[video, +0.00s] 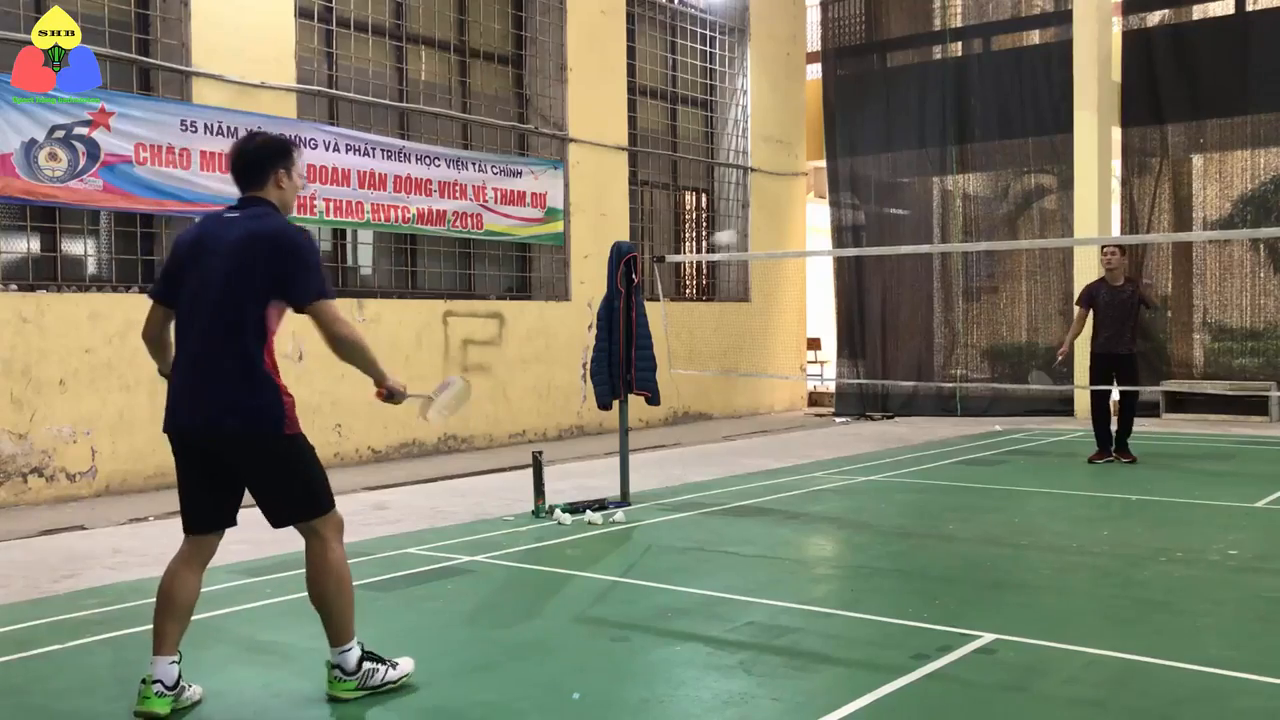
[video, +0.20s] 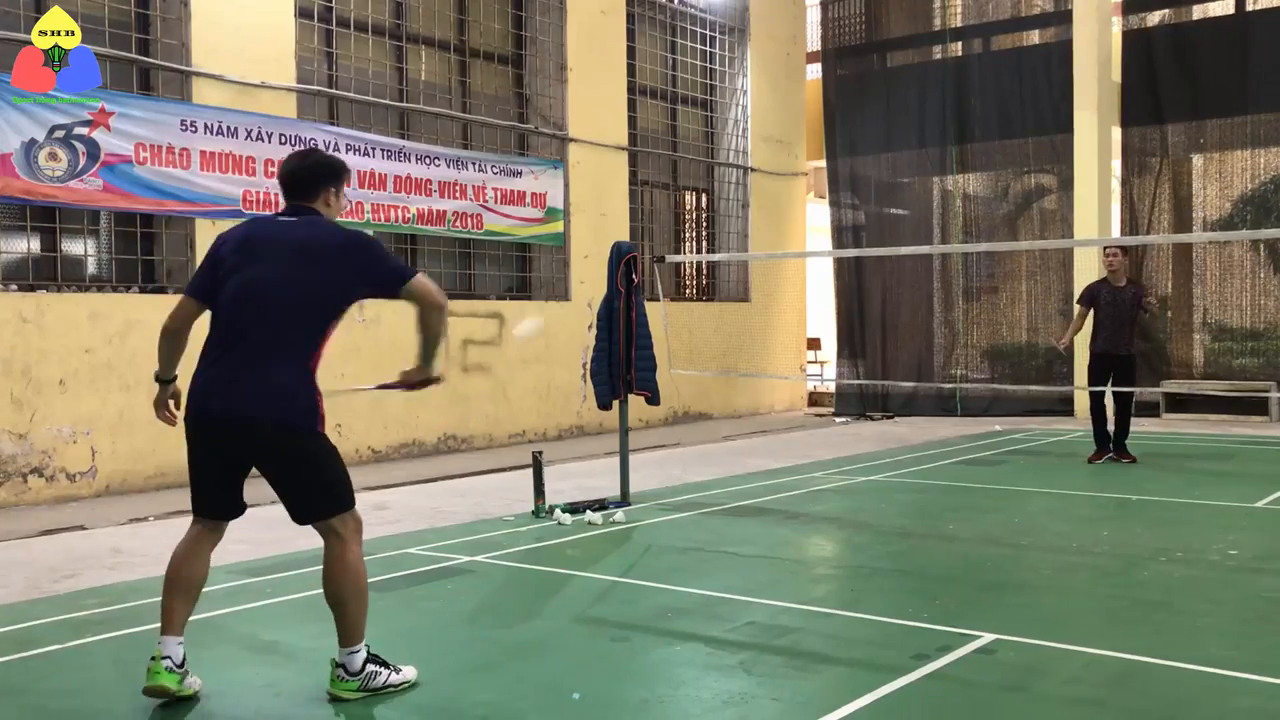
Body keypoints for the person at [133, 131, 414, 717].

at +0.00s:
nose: (300, 188)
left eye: (298, 177)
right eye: (297, 177)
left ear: (243, 180)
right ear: (279, 178)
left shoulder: (196, 235)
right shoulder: (286, 239)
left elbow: (154, 331)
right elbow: (337, 330)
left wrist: (177, 375)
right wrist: (381, 374)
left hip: (191, 416)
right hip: (258, 416)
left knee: (197, 542)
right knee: (324, 529)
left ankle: (161, 679)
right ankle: (349, 664)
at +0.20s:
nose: (346, 203)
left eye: (346, 194)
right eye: (345, 194)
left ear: (285, 193)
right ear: (331, 195)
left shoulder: (236, 238)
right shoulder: (346, 245)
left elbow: (177, 322)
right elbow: (434, 299)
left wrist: (166, 379)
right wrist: (427, 365)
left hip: (211, 410)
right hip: (284, 415)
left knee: (205, 524)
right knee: (343, 529)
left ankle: (167, 659)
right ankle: (353, 664)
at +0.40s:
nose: (348, 203)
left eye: (346, 195)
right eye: (346, 195)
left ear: (287, 193)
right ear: (333, 197)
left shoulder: (236, 234)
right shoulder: (355, 240)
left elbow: (166, 304)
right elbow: (445, 249)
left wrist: (142, 359)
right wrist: (511, 256)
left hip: (209, 410)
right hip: (287, 416)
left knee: (177, 529)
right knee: (341, 528)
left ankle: (142, 664)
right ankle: (354, 663)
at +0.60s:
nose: (300, 197)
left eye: (296, 186)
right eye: (297, 188)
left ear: (239, 190)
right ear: (284, 192)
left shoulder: (188, 246)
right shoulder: (307, 243)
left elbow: (125, 327)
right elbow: (414, 255)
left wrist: (106, 391)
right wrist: (482, 261)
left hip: (177, 430)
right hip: (256, 430)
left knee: (128, 546)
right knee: (326, 532)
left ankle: (54, 670)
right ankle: (354, 662)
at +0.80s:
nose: (239, 218)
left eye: (236, 207)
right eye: (236, 208)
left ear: (178, 213)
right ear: (219, 211)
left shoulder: (133, 261)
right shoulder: (227, 265)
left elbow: (93, 354)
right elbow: (304, 336)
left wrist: (160, 385)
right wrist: (365, 357)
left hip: (101, 440)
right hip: (172, 441)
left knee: (97, 568)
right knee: (257, 554)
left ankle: (25, 696)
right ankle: (334, 662)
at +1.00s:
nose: (231, 217)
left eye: (231, 206)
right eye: (229, 206)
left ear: (167, 207)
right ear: (209, 208)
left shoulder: (118, 248)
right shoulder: (207, 262)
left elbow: (114, 320)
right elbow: (268, 356)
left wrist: (177, 321)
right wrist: (331, 391)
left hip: (58, 427)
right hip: (125, 427)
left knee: (82, 559)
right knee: (222, 545)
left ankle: (22, 698)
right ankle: (234, 696)